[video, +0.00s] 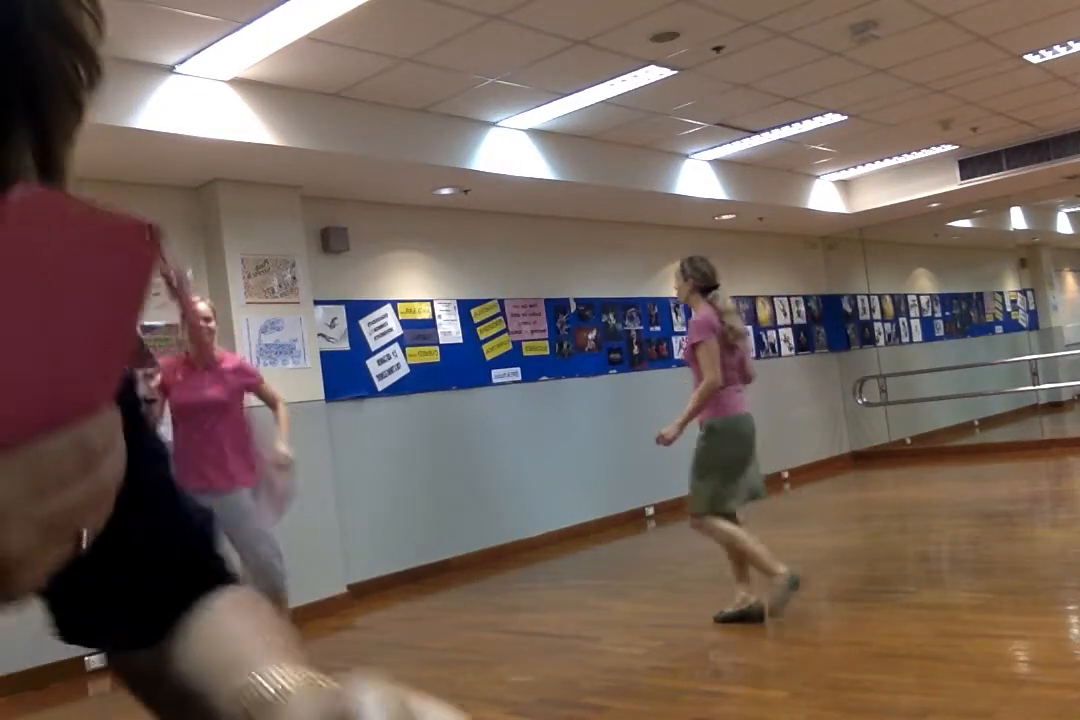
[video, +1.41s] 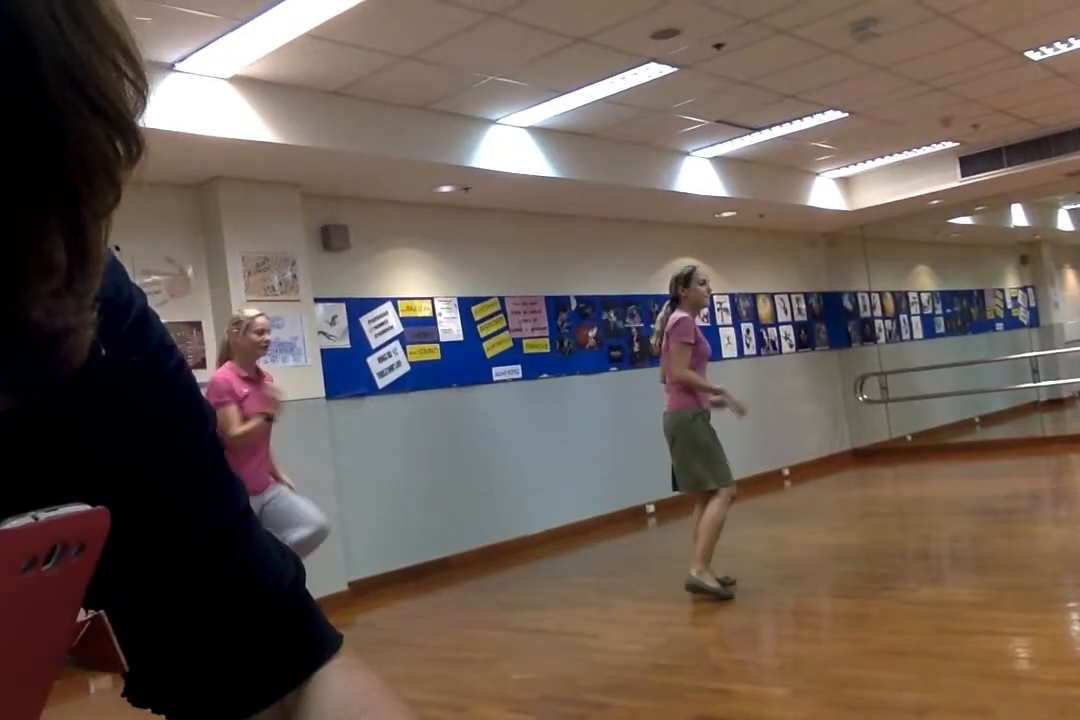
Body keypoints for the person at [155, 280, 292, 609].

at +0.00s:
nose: (205, 326)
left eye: (209, 319)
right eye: (197, 320)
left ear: (216, 324)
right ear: (184, 327)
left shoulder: (235, 367)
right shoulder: (170, 370)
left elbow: (277, 403)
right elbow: (150, 427)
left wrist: (282, 446)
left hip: (234, 485)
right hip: (189, 488)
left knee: (266, 561)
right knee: (202, 569)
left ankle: (279, 633)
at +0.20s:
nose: (199, 334)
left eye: (205, 327)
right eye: (191, 328)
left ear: (213, 331)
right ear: (179, 333)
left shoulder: (229, 373)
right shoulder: (169, 376)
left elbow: (258, 427)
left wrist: (233, 407)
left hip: (222, 474)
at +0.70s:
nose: (222, 307)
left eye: (225, 301)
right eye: (213, 302)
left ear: (230, 305)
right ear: (198, 311)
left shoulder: (245, 348)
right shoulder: (188, 351)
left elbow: (265, 398)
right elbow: (184, 404)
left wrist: (282, 432)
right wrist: (195, 449)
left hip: (259, 452)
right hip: (218, 457)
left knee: (270, 526)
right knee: (232, 531)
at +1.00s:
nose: (241, 315)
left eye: (244, 308)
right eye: (233, 310)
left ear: (249, 313)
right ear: (216, 318)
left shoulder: (267, 353)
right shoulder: (199, 357)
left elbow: (281, 404)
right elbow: (194, 411)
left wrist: (292, 450)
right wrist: (201, 459)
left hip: (260, 460)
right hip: (220, 463)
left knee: (271, 536)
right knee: (230, 538)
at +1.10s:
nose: (246, 313)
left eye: (249, 307)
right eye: (237, 308)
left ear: (253, 311)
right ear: (220, 317)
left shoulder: (267, 351)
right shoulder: (202, 352)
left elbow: (281, 398)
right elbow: (192, 408)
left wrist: (287, 443)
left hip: (258, 454)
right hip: (219, 457)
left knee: (263, 530)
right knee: (226, 532)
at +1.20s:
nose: (248, 329)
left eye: (251, 322)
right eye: (239, 324)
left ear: (255, 326)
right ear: (222, 332)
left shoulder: (271, 370)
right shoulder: (205, 370)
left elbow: (279, 416)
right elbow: (198, 426)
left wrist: (289, 455)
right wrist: (209, 400)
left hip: (259, 476)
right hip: (221, 477)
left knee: (259, 547)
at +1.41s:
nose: (267, 339)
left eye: (268, 333)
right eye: (259, 333)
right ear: (236, 337)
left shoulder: (263, 378)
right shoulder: (221, 380)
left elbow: (261, 439)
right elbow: (233, 436)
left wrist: (278, 475)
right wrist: (266, 415)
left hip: (265, 487)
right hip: (237, 495)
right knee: (248, 563)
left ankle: (265, 571)